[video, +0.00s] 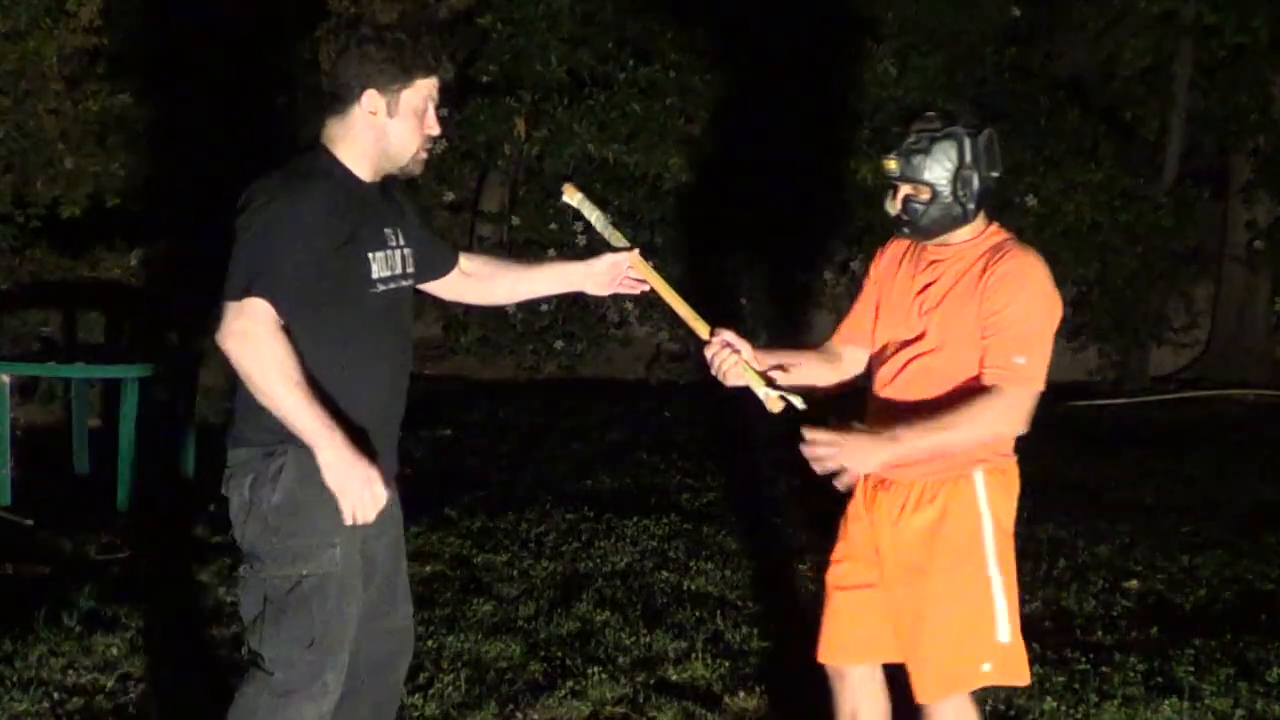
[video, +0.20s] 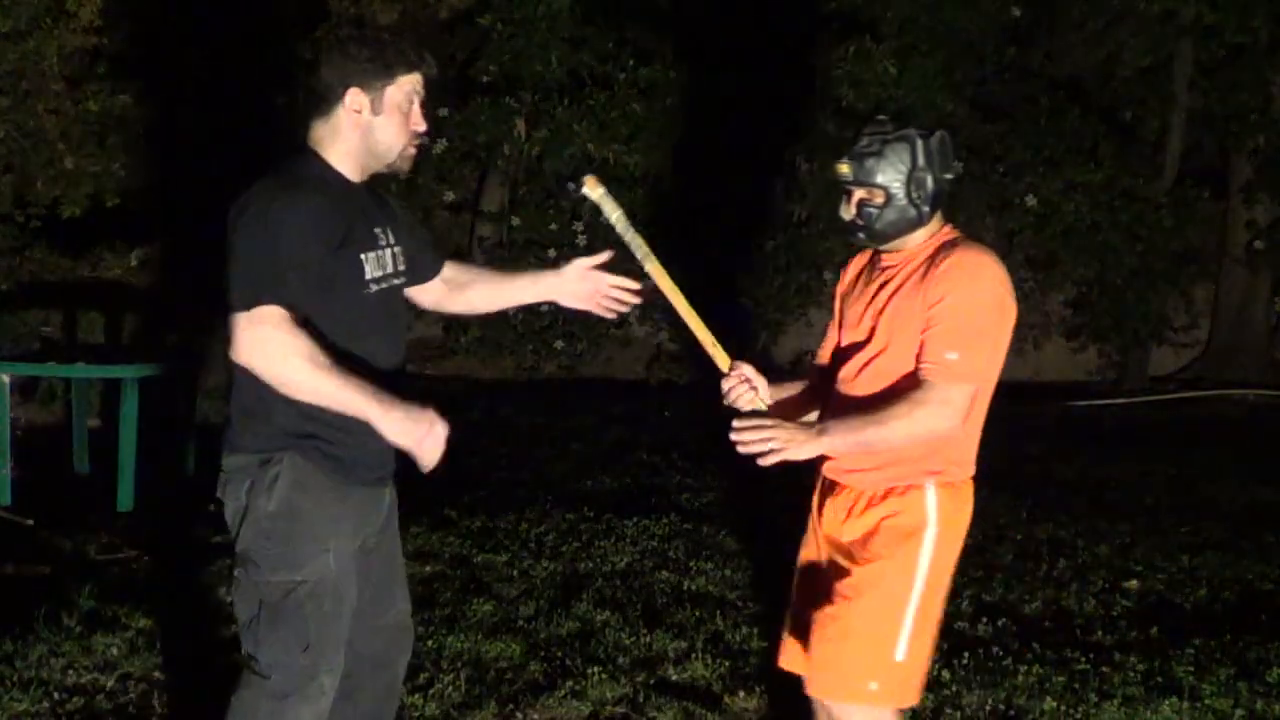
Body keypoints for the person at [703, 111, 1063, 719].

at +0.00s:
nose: (898, 202)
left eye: (917, 189)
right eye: (895, 185)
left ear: (964, 190)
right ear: (892, 184)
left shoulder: (1016, 273)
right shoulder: (895, 259)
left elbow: (1009, 412)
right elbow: (841, 360)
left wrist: (877, 449)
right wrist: (759, 361)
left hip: (959, 493)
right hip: (876, 488)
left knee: (943, 682)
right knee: (848, 656)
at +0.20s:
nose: (850, 211)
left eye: (868, 198)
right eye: (847, 194)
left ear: (916, 198)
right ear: (843, 191)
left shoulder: (969, 275)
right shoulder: (860, 272)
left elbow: (942, 409)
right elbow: (830, 382)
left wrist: (817, 439)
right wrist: (772, 395)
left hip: (915, 506)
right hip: (841, 495)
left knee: (857, 693)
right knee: (823, 686)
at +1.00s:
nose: (756, 223)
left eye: (762, 208)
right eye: (754, 209)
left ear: (799, 206)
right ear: (827, 195)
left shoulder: (858, 290)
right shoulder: (875, 274)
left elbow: (828, 455)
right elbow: (828, 407)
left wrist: (749, 484)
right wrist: (737, 418)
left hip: (865, 527)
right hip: (887, 519)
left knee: (797, 703)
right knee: (884, 689)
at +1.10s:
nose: (780, 225)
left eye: (789, 211)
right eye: (779, 211)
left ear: (830, 208)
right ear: (846, 204)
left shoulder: (886, 291)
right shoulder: (877, 282)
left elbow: (863, 446)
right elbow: (842, 408)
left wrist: (774, 482)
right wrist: (751, 420)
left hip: (884, 530)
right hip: (889, 524)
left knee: (810, 703)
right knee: (894, 698)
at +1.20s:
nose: (804, 223)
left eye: (813, 209)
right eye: (802, 208)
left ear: (855, 207)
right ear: (870, 203)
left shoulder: (913, 289)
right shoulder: (882, 284)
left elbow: (887, 442)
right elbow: (854, 408)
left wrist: (795, 478)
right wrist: (766, 419)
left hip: (911, 528)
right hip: (883, 521)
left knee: (840, 701)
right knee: (895, 698)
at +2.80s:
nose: (1019, 254)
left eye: (1028, 239)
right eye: (1020, 238)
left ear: (1057, 243)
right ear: (1100, 233)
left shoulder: (1085, 318)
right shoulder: (1136, 300)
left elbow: (953, 365)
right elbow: (976, 336)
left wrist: (847, 337)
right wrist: (858, 322)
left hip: (1161, 535)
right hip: (1190, 526)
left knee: (1044, 696)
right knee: (1089, 698)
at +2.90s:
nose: (1109, 219)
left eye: (1118, 206)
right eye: (1109, 205)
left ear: (1149, 212)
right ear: (1185, 205)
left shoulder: (1171, 297)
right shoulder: (1224, 275)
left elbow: (1052, 368)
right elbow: (1115, 321)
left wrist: (955, 337)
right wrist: (1022, 317)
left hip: (1214, 530)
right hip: (1244, 521)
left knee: (1138, 698)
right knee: (1164, 697)